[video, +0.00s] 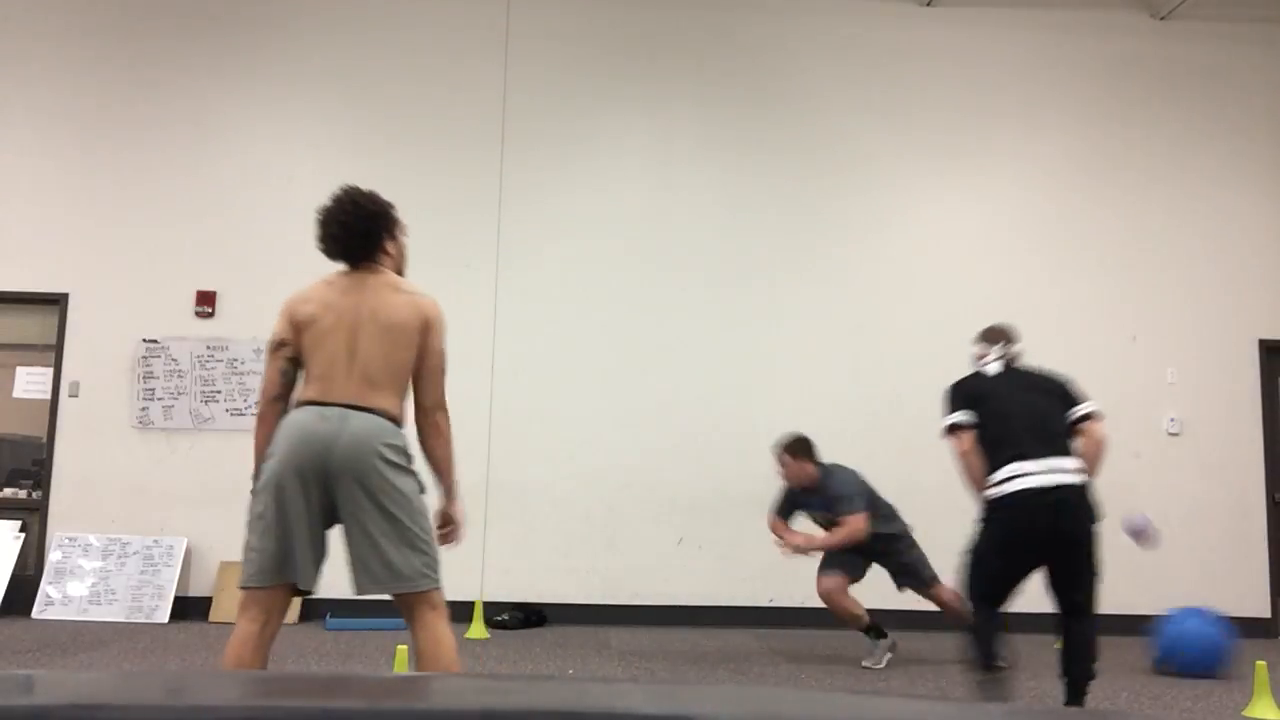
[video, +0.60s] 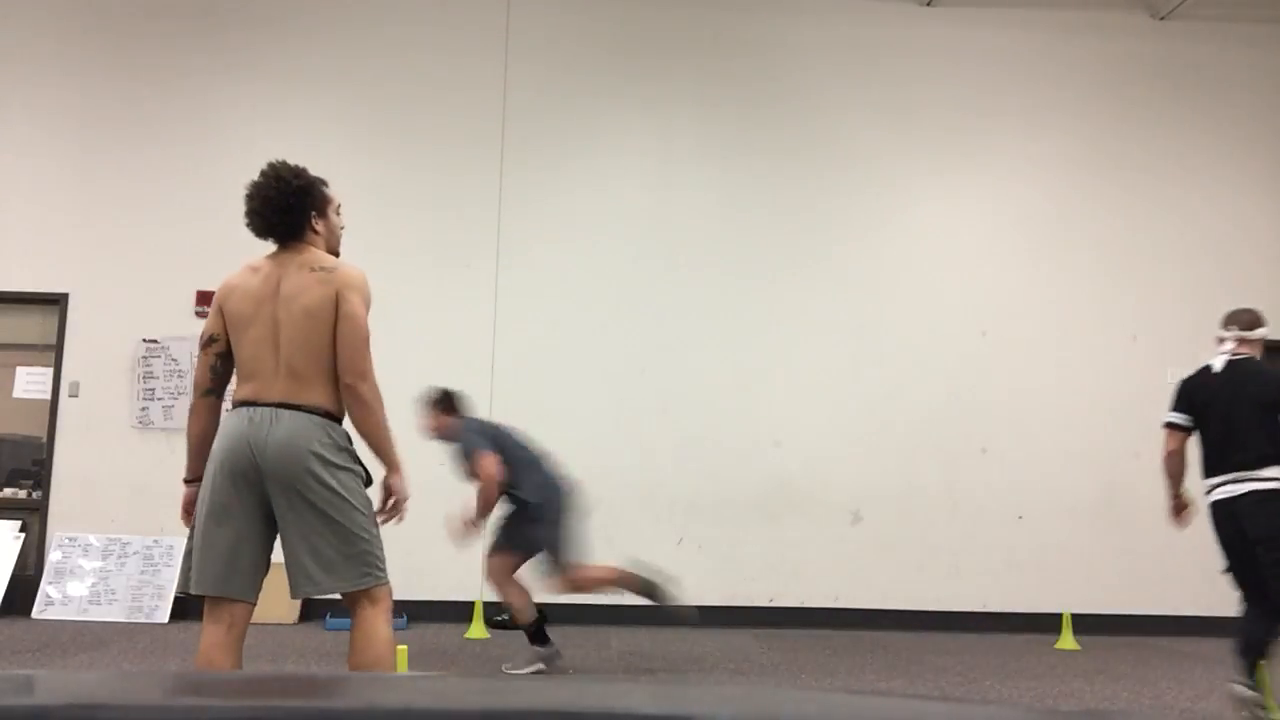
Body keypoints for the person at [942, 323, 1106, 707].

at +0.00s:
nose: (976, 360)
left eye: (977, 355)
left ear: (979, 354)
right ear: (1015, 351)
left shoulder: (966, 388)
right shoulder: (1051, 381)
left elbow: (966, 445)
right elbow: (1094, 433)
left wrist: (988, 495)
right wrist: (1075, 482)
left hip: (1013, 511)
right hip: (1071, 508)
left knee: (984, 596)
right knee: (1077, 605)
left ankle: (990, 669)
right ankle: (1076, 697)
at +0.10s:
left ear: (1020, 340)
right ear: (1062, 337)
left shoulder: (1003, 374)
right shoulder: (1095, 364)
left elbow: (1001, 431)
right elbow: (1134, 420)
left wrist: (1020, 483)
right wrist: (1120, 468)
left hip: (1049, 493)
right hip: (1106, 485)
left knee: (1063, 601)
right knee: (1125, 593)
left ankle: (1080, 695)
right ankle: (1125, 691)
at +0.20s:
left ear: (1067, 343)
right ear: (1110, 341)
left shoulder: (1047, 380)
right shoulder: (1137, 371)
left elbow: (1032, 435)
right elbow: (1175, 430)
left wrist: (1046, 493)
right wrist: (1162, 482)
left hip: (1089, 511)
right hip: (1144, 501)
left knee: (1117, 608)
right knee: (1181, 600)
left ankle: (1130, 703)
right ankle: (1206, 699)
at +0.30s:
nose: (1150, 353)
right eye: (1151, 347)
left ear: (1114, 348)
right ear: (1155, 348)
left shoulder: (1090, 391)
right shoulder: (1181, 383)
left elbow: (1070, 453)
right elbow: (1206, 446)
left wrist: (1068, 513)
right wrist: (1209, 502)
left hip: (1127, 522)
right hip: (1184, 514)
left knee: (1139, 611)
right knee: (1232, 607)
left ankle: (1130, 703)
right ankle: (1269, 693)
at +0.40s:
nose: (1195, 353)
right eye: (1196, 348)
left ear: (1156, 349)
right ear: (1196, 348)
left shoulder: (1132, 394)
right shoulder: (1219, 383)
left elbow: (1111, 458)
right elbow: (1245, 448)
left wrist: (1101, 514)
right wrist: (1256, 499)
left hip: (1171, 522)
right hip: (1227, 515)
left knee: (1169, 611)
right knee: (1270, 607)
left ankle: (1140, 691)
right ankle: (1276, 689)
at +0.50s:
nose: (1231, 350)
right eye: (1232, 345)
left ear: (1192, 345)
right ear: (1230, 346)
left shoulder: (1168, 390)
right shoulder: (1251, 383)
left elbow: (1148, 454)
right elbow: (1275, 443)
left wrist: (1140, 509)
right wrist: (1278, 482)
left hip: (1205, 516)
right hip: (1258, 509)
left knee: (1227, 604)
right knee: (1274, 598)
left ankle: (1185, 662)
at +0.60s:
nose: (1262, 347)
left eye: (1258, 341)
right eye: (1262, 341)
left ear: (1223, 340)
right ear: (1258, 341)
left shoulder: (1197, 383)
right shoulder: (1271, 377)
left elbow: (1172, 445)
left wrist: (1175, 493)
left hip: (1225, 505)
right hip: (1271, 499)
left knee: (1256, 593)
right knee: (1270, 592)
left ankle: (1249, 670)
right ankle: (1247, 669)